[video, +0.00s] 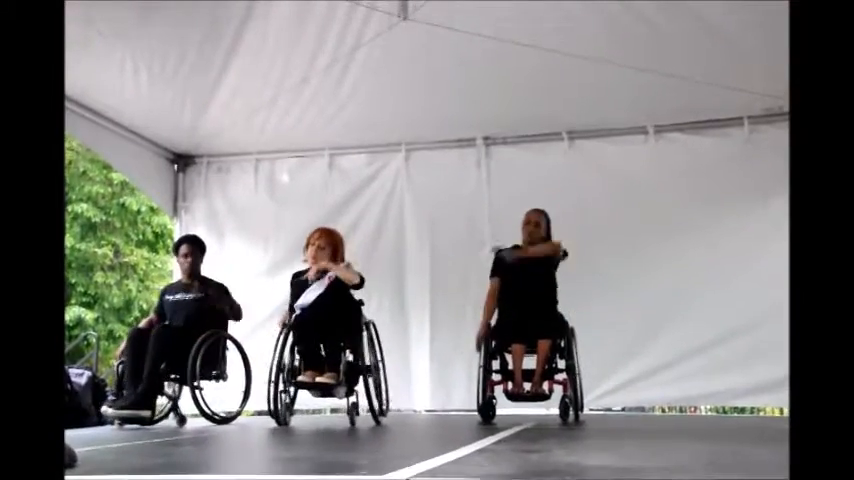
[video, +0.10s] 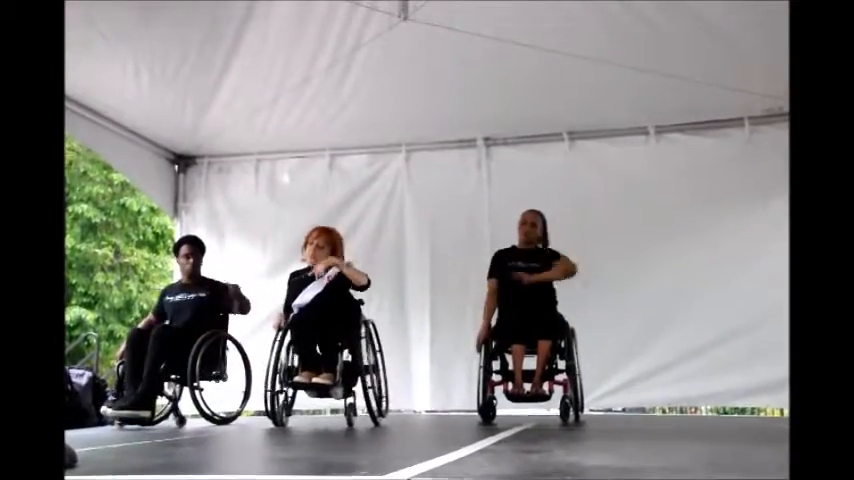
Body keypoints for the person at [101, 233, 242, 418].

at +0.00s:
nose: (190, 261)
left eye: (195, 256)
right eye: (185, 256)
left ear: (201, 258)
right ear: (177, 259)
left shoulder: (215, 289)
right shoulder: (168, 291)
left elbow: (237, 315)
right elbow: (156, 319)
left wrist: (211, 297)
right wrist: (129, 340)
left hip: (205, 353)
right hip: (175, 352)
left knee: (162, 333)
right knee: (136, 334)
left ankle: (146, 401)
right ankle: (132, 398)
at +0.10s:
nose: (191, 261)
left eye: (196, 256)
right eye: (186, 257)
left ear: (202, 258)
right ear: (177, 260)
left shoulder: (216, 288)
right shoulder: (169, 292)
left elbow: (244, 310)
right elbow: (152, 319)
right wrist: (128, 344)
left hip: (205, 353)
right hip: (176, 352)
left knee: (162, 333)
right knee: (136, 335)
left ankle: (145, 401)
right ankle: (132, 399)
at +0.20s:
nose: (194, 261)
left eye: (198, 256)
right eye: (189, 256)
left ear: (203, 259)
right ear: (179, 260)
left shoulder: (217, 288)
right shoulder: (169, 293)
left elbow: (243, 299)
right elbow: (150, 321)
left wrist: (261, 295)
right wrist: (126, 345)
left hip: (206, 355)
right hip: (176, 353)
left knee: (163, 335)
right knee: (136, 335)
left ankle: (145, 403)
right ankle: (131, 400)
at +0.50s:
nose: (203, 262)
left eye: (207, 258)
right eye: (197, 257)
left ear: (211, 261)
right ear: (186, 260)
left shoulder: (223, 292)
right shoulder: (172, 292)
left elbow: (250, 312)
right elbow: (147, 320)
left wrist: (260, 300)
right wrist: (126, 348)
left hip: (211, 357)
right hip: (180, 356)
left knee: (170, 335)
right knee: (144, 334)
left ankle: (153, 401)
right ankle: (138, 399)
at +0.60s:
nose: (205, 263)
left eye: (209, 259)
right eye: (200, 258)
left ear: (213, 261)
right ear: (188, 259)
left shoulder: (225, 294)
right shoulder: (173, 292)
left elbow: (254, 321)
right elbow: (150, 321)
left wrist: (242, 306)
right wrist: (127, 349)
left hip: (212, 359)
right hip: (181, 358)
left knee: (172, 336)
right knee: (147, 334)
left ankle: (153, 402)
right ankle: (139, 400)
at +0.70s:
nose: (209, 264)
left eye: (214, 260)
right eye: (204, 259)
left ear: (219, 262)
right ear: (194, 260)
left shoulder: (230, 296)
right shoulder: (178, 291)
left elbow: (249, 326)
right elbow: (153, 319)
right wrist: (131, 349)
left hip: (214, 360)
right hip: (182, 356)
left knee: (175, 336)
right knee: (151, 336)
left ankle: (156, 402)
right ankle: (142, 400)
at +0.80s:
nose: (211, 265)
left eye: (216, 261)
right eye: (207, 260)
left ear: (222, 263)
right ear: (198, 260)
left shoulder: (231, 296)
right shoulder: (182, 289)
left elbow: (245, 322)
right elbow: (159, 316)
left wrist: (209, 320)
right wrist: (137, 345)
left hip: (213, 359)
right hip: (183, 353)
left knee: (177, 335)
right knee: (151, 335)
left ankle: (157, 401)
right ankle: (144, 399)